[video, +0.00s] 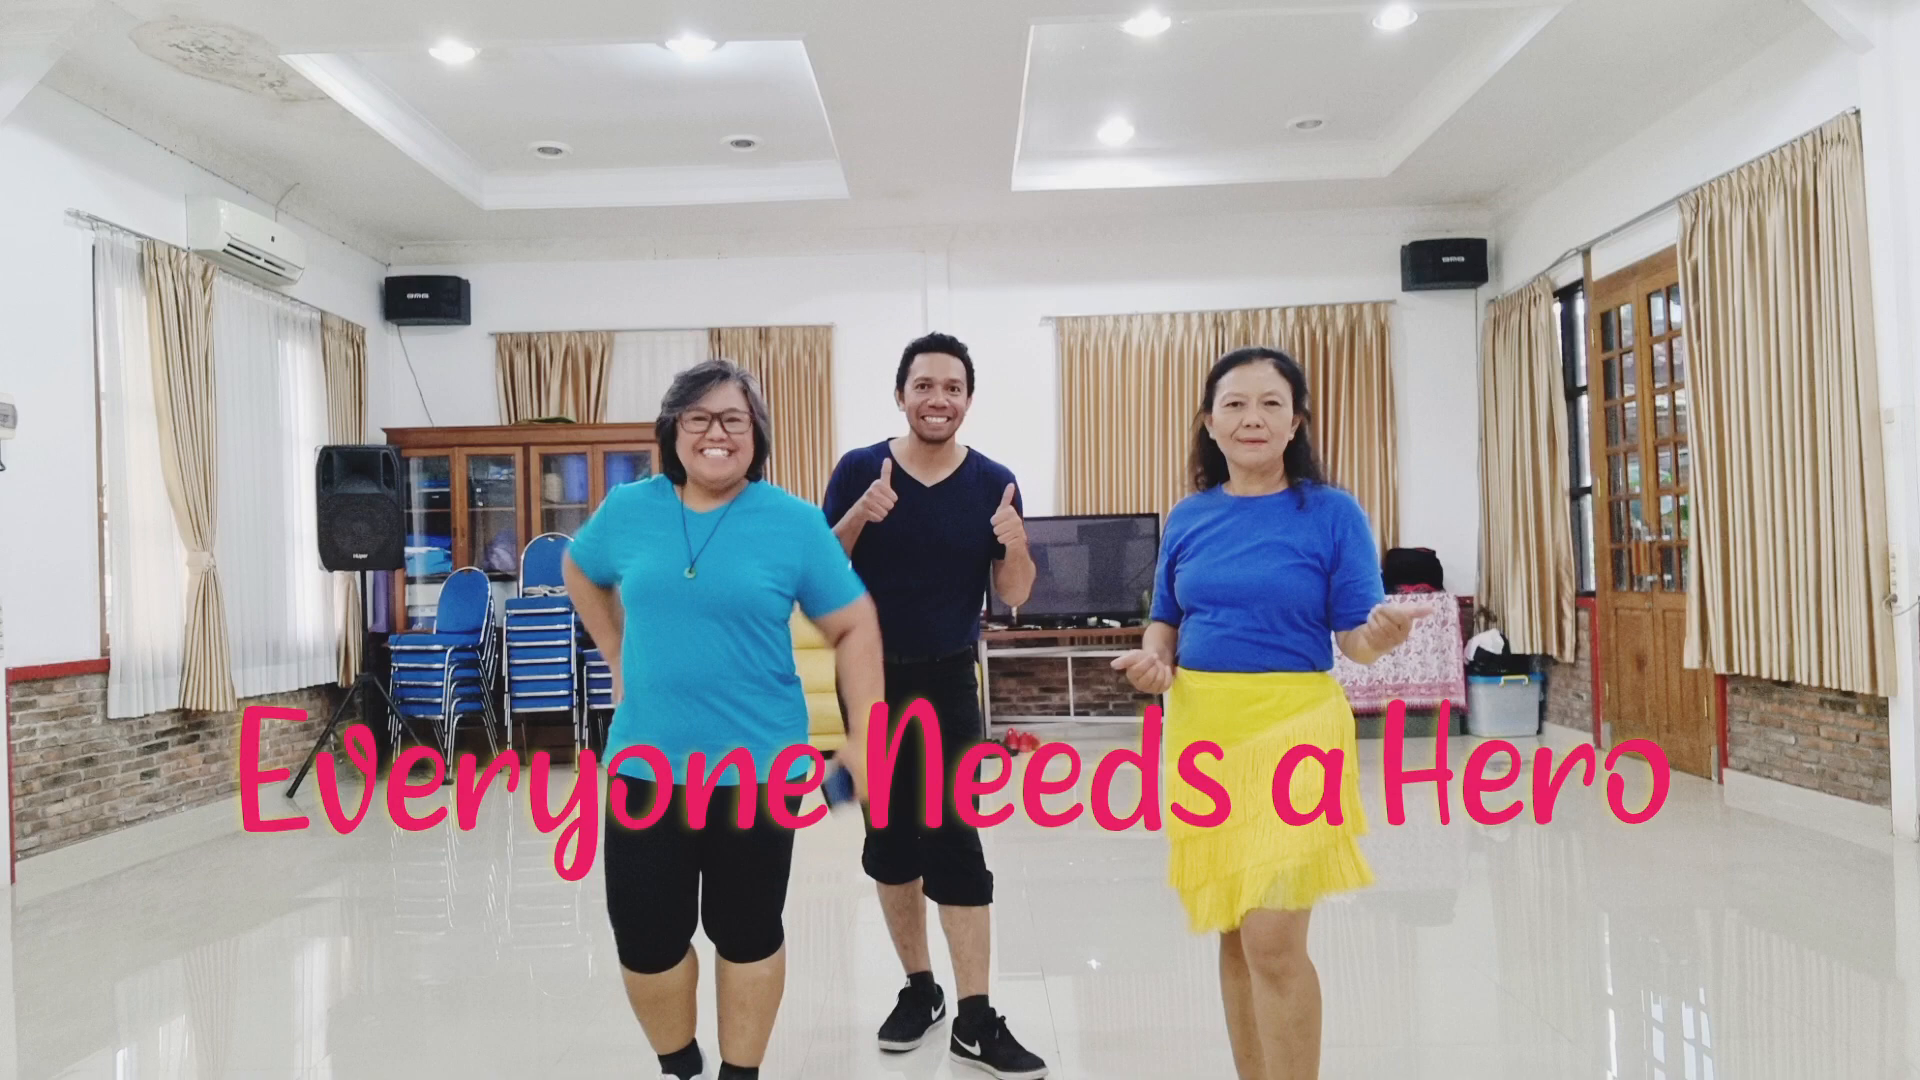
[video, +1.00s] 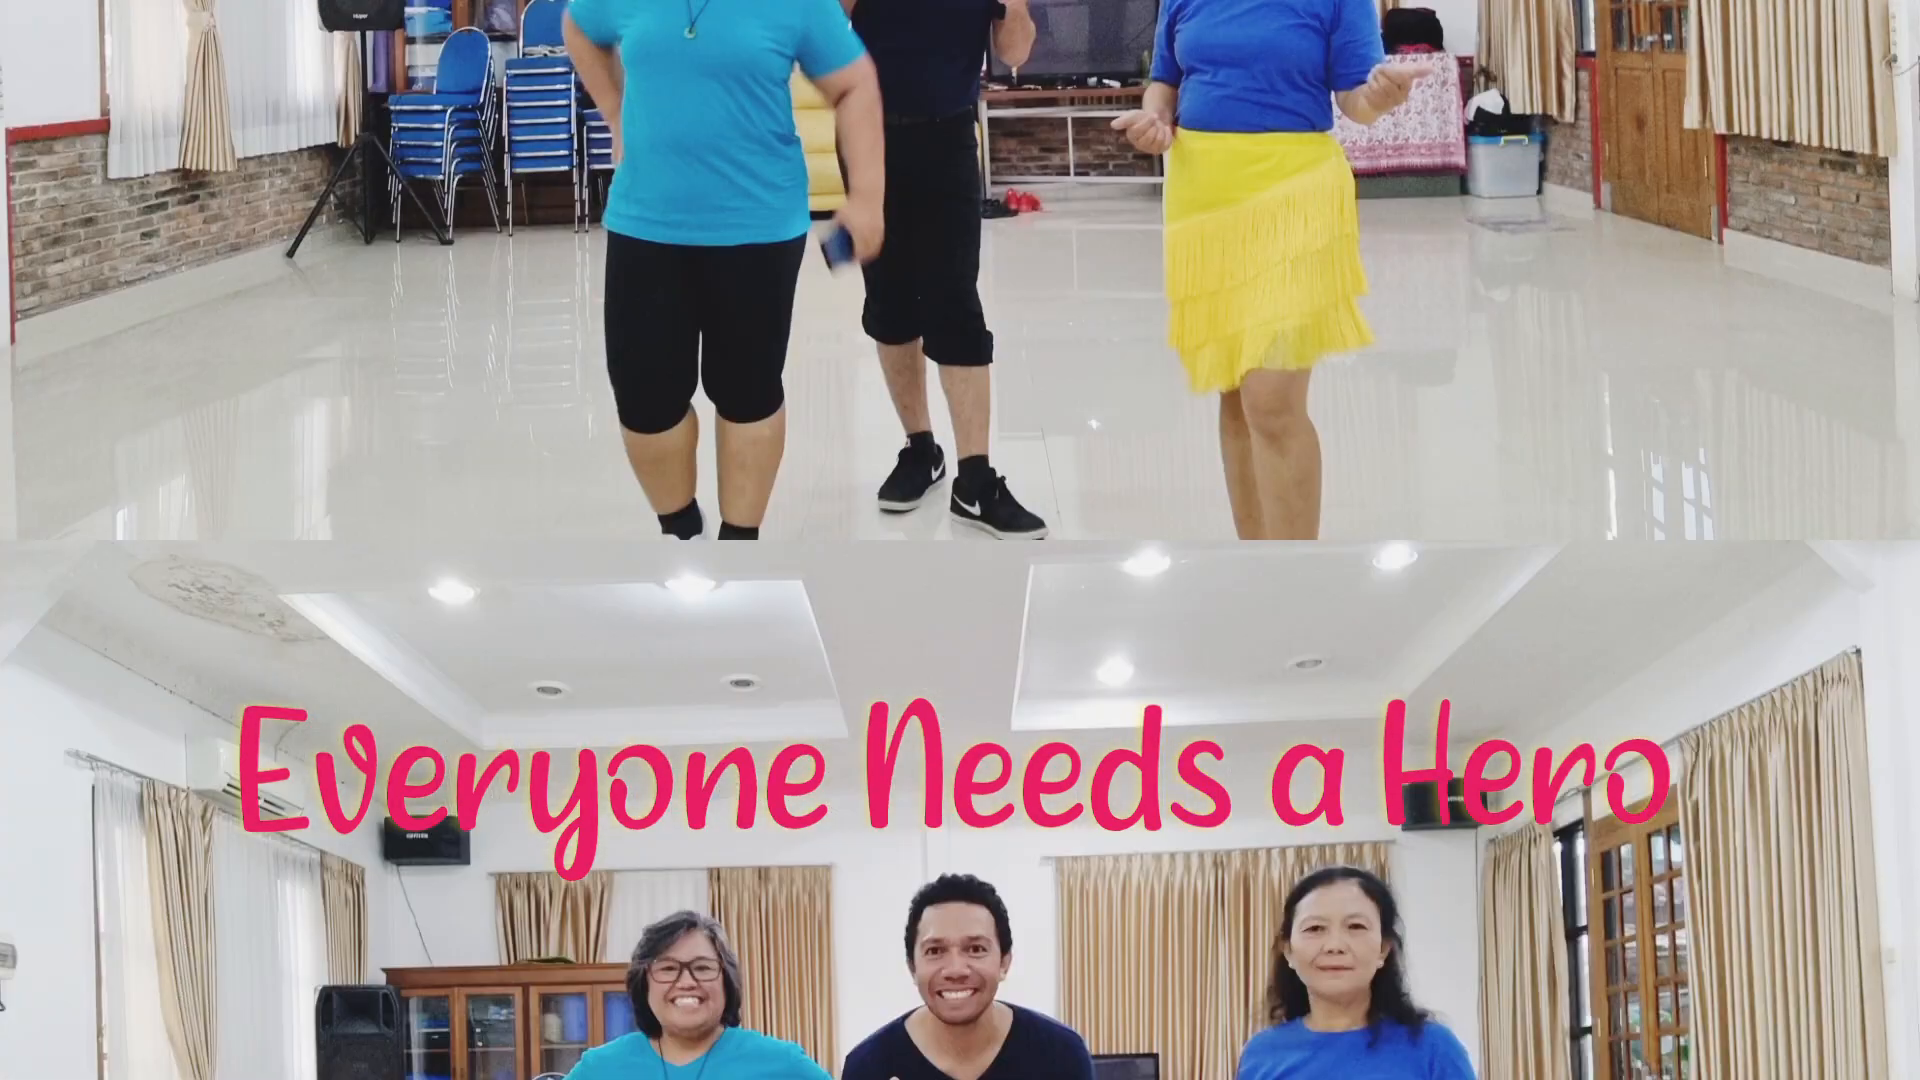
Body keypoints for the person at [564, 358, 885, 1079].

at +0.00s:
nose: (720, 432)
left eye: (736, 420)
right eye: (702, 420)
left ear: (756, 436)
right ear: (672, 434)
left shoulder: (795, 523)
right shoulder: (627, 509)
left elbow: (856, 626)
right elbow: (580, 570)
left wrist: (865, 738)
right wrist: (625, 663)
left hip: (758, 768)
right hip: (645, 764)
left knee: (746, 932)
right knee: (646, 938)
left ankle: (739, 1076)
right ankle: (680, 1069)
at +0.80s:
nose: (719, 316)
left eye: (735, 303)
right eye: (701, 303)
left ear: (756, 319)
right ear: (672, 317)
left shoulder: (795, 407)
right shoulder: (627, 393)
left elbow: (856, 509)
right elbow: (580, 453)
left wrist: (867, 622)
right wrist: (622, 544)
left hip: (758, 652)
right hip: (646, 649)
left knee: (748, 815)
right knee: (645, 819)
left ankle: (738, 973)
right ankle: (681, 961)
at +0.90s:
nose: (719, 156)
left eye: (735, 143)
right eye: (702, 143)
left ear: (756, 160)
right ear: (672, 157)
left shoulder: (795, 248)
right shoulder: (627, 233)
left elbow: (856, 349)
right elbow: (580, 293)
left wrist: (867, 462)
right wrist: (623, 384)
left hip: (757, 493)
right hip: (645, 491)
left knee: (746, 659)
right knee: (647, 666)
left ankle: (746, 811)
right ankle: (674, 808)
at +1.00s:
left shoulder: (798, 5)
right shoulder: (620, 3)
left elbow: (855, 85)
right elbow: (580, 30)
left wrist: (867, 197)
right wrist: (626, 128)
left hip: (757, 222)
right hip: (646, 220)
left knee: (746, 392)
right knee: (646, 398)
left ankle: (739, 548)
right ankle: (682, 537)